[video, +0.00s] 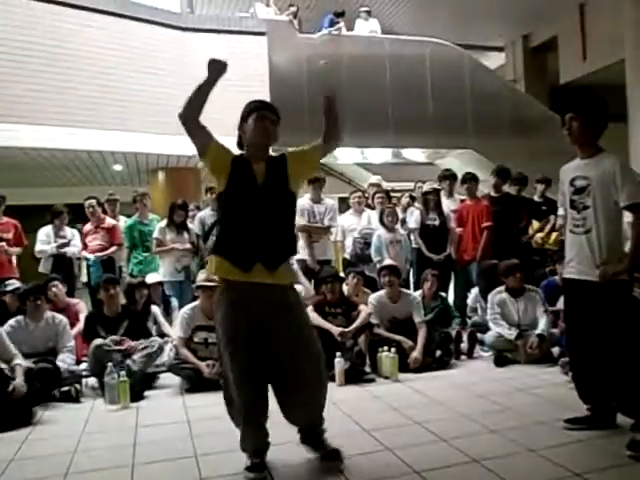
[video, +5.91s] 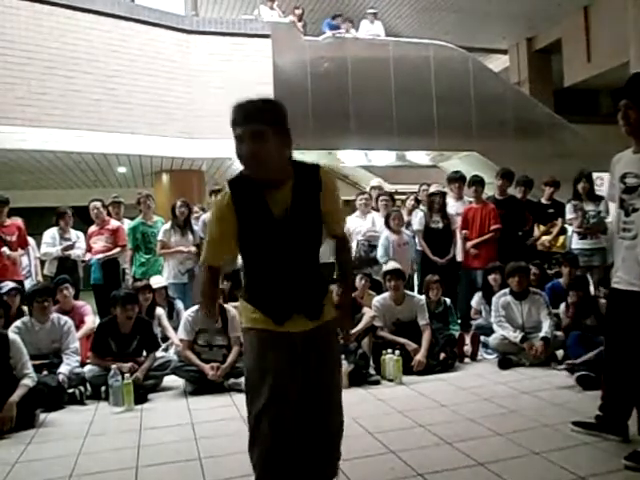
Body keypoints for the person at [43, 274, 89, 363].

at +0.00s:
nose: (53, 290)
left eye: (55, 286)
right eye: (49, 289)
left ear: (64, 287)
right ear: (47, 294)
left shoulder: (77, 304)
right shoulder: (48, 309)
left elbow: (82, 322)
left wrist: (70, 335)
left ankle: (83, 357)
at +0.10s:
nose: (54, 293)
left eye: (55, 288)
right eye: (49, 291)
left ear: (64, 287)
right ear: (47, 296)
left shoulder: (77, 304)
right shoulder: (48, 310)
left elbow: (82, 322)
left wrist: (70, 335)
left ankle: (82, 357)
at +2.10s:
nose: (58, 289)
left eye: (61, 285)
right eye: (54, 287)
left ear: (68, 289)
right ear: (51, 293)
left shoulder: (80, 305)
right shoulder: (49, 309)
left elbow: (83, 322)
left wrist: (71, 335)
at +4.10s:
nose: (65, 293)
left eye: (67, 288)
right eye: (61, 290)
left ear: (73, 290)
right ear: (56, 295)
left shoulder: (83, 307)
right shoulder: (54, 312)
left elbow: (91, 324)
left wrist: (75, 338)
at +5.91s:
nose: (65, 293)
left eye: (67, 289)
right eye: (60, 291)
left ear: (73, 291)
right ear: (56, 296)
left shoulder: (83, 307)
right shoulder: (53, 312)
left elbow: (90, 325)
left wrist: (74, 338)